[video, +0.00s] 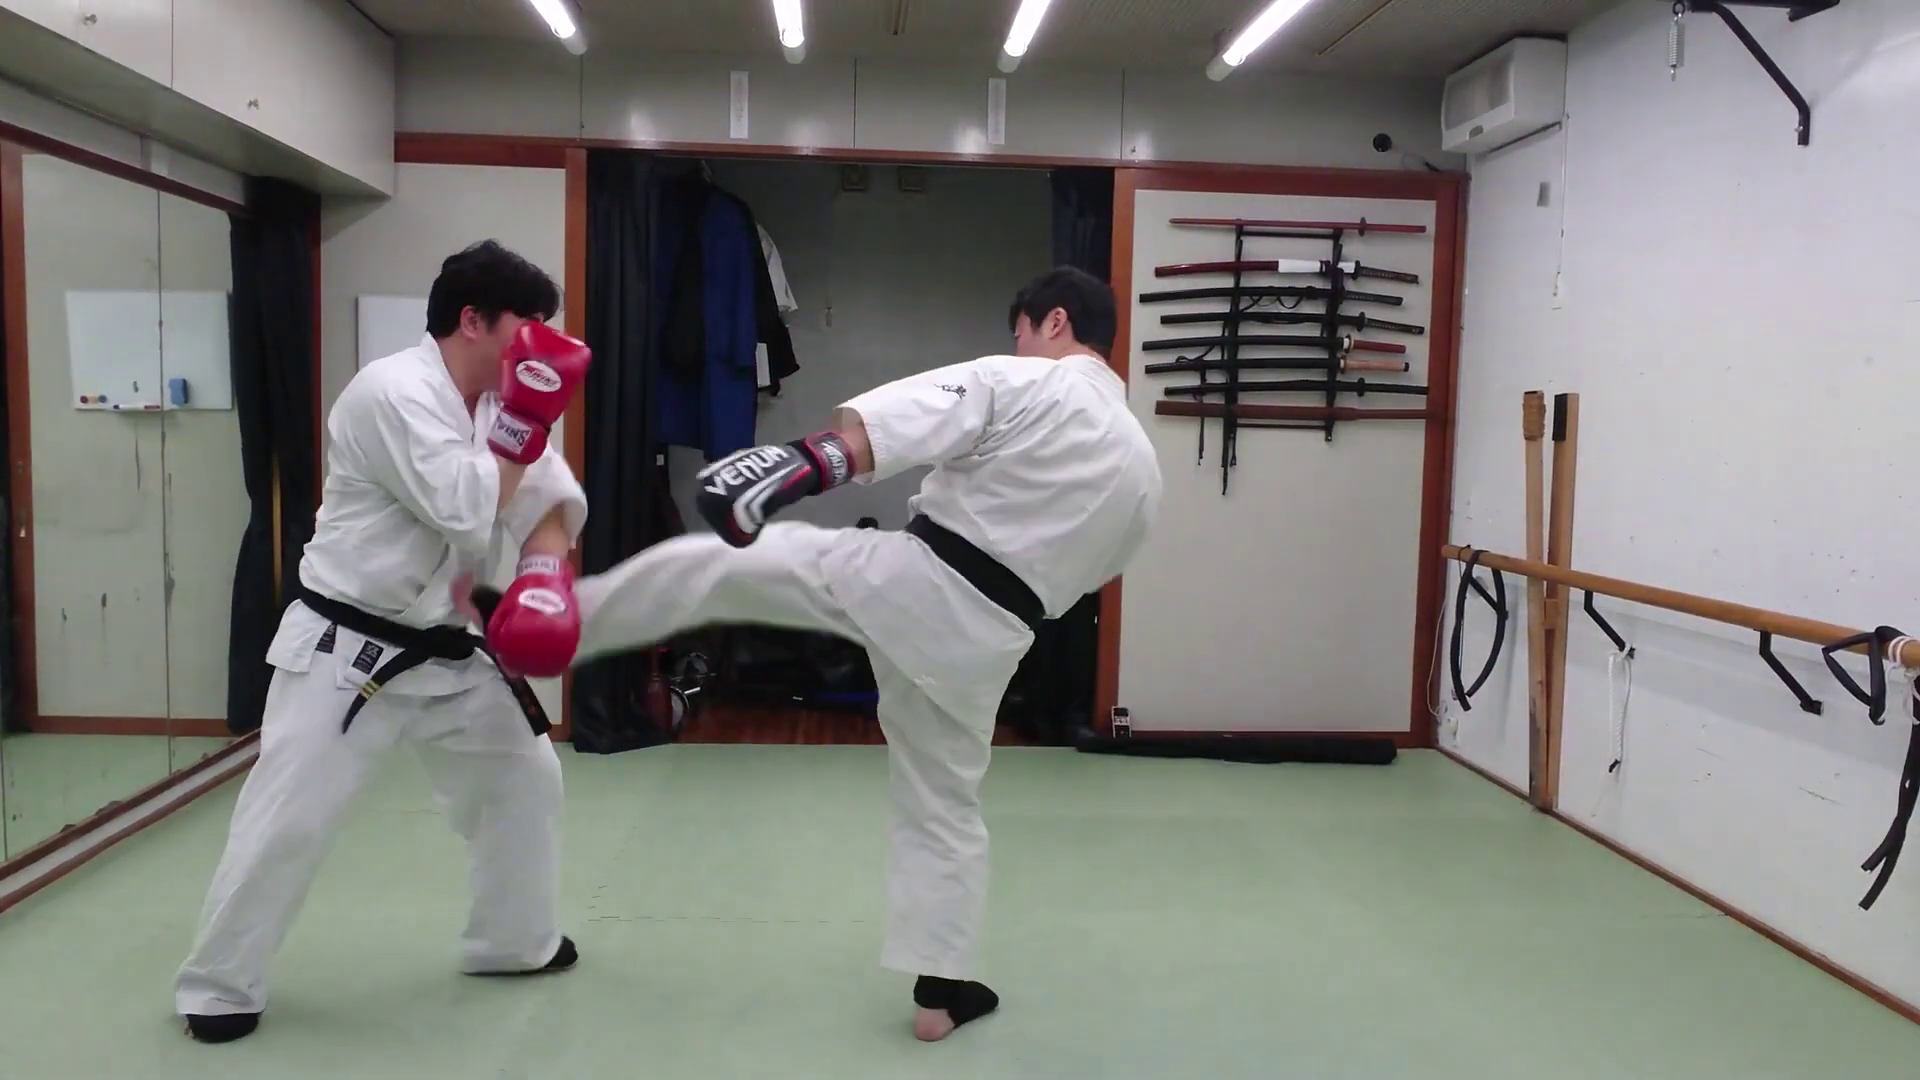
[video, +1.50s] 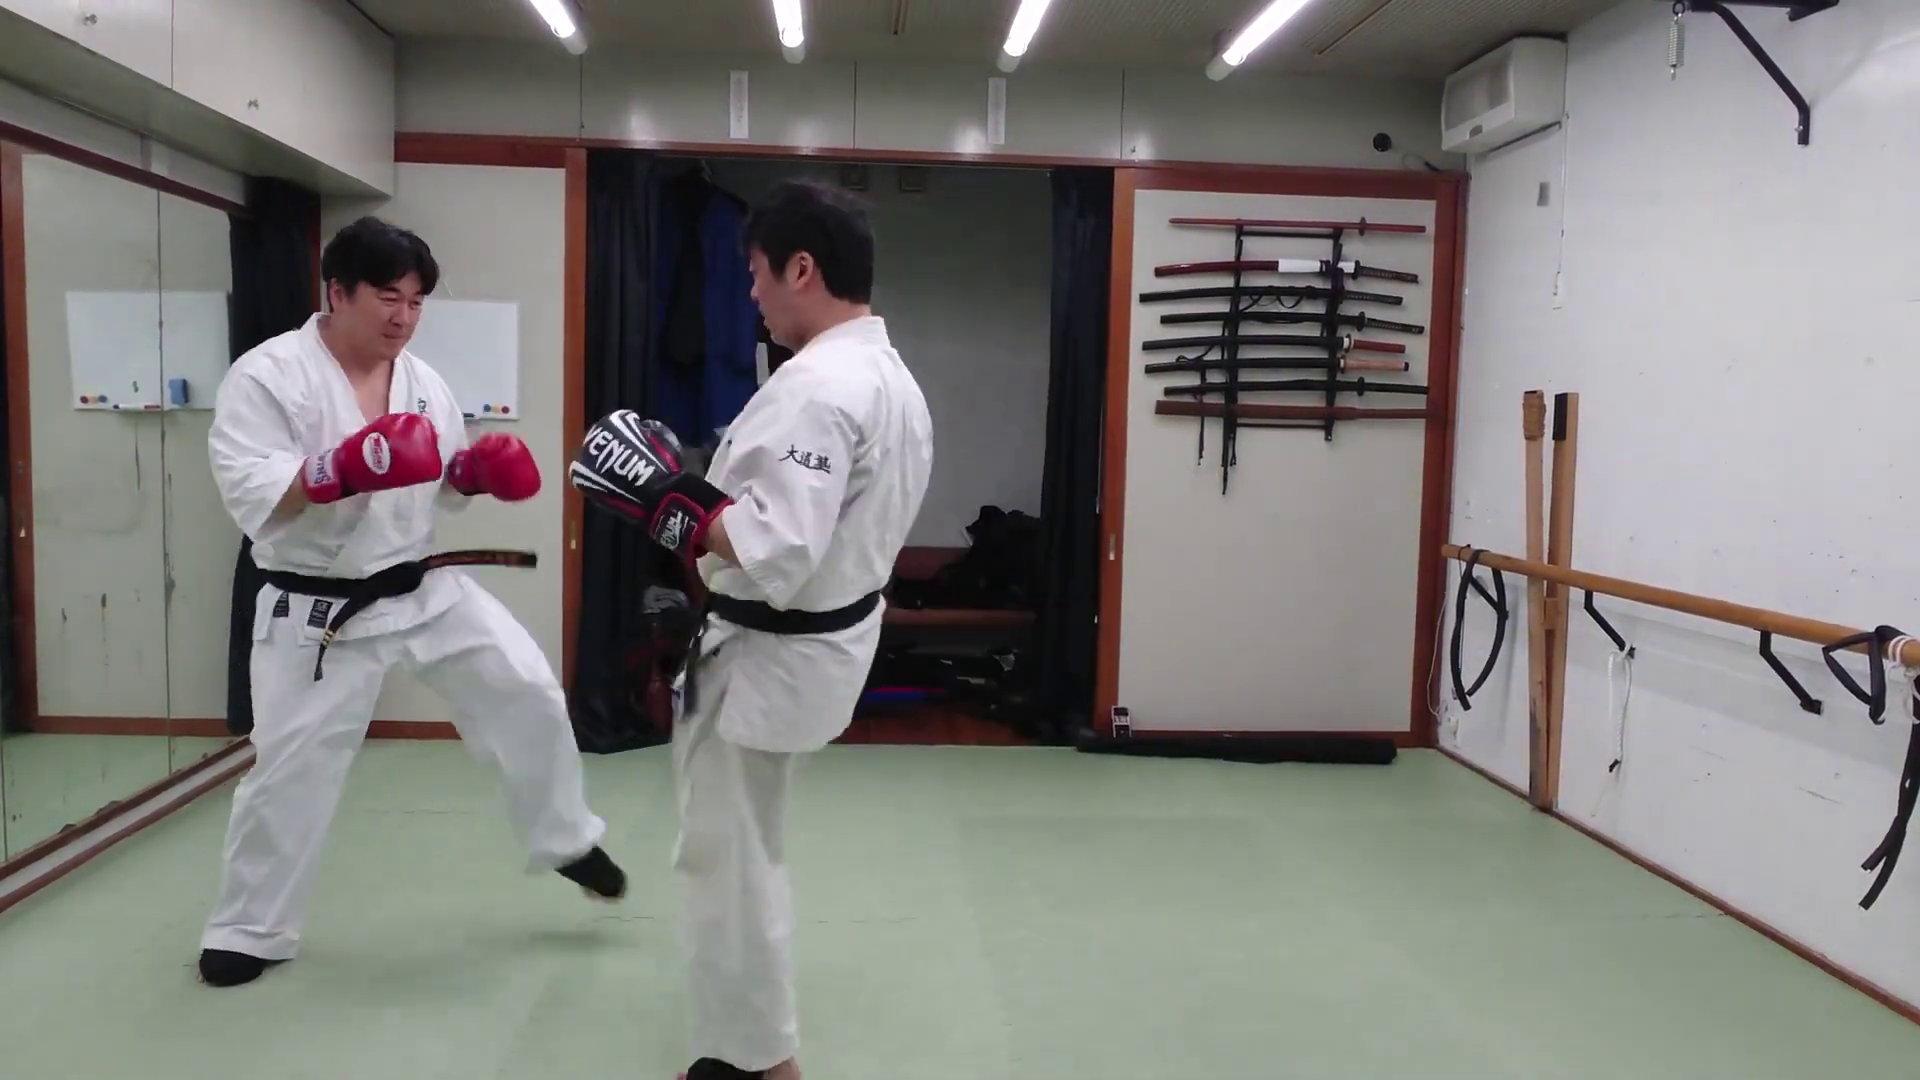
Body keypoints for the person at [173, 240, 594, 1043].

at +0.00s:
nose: (534, 351)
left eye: (539, 336)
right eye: (526, 332)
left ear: (483, 328)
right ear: (473, 323)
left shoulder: (496, 407)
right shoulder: (392, 389)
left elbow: (555, 507)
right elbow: (464, 516)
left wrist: (541, 576)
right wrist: (522, 431)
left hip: (448, 651)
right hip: (344, 642)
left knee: (527, 777)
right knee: (287, 819)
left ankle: (510, 942)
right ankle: (219, 987)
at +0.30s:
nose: (534, 331)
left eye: (541, 319)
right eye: (524, 314)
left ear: (480, 313)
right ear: (472, 304)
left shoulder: (474, 378)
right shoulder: (436, 359)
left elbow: (491, 477)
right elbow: (434, 475)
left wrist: (567, 449)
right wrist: (511, 521)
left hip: (436, 593)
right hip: (452, 581)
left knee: (525, 756)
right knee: (605, 668)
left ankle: (512, 944)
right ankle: (498, 822)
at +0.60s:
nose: (512, 326)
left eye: (518, 312)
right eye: (500, 308)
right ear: (448, 304)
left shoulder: (476, 388)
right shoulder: (414, 366)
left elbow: (492, 482)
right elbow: (416, 478)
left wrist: (550, 439)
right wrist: (486, 538)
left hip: (492, 580)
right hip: (449, 582)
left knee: (542, 756)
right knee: (567, 702)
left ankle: (509, 942)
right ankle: (652, 864)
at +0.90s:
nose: (475, 300)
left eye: (481, 286)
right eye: (459, 283)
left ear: (485, 292)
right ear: (407, 284)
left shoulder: (470, 377)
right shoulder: (341, 360)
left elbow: (465, 473)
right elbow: (342, 461)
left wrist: (517, 470)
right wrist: (439, 423)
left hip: (463, 611)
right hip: (365, 610)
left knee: (494, 783)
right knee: (329, 786)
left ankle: (504, 943)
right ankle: (241, 932)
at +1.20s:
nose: (391, 337)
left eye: (402, 321)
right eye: (377, 319)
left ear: (410, 319)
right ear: (327, 311)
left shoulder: (400, 373)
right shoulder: (270, 378)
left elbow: (459, 468)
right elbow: (349, 470)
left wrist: (470, 404)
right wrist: (447, 419)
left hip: (392, 578)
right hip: (298, 608)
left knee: (506, 600)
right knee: (283, 773)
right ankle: (244, 932)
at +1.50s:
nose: (405, 314)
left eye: (415, 300)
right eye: (388, 297)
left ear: (423, 302)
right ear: (335, 293)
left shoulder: (421, 382)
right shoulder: (265, 377)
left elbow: (442, 489)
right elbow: (255, 495)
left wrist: (475, 470)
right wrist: (347, 467)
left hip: (419, 588)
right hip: (310, 607)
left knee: (527, 689)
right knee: (289, 771)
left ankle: (566, 840)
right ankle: (245, 929)